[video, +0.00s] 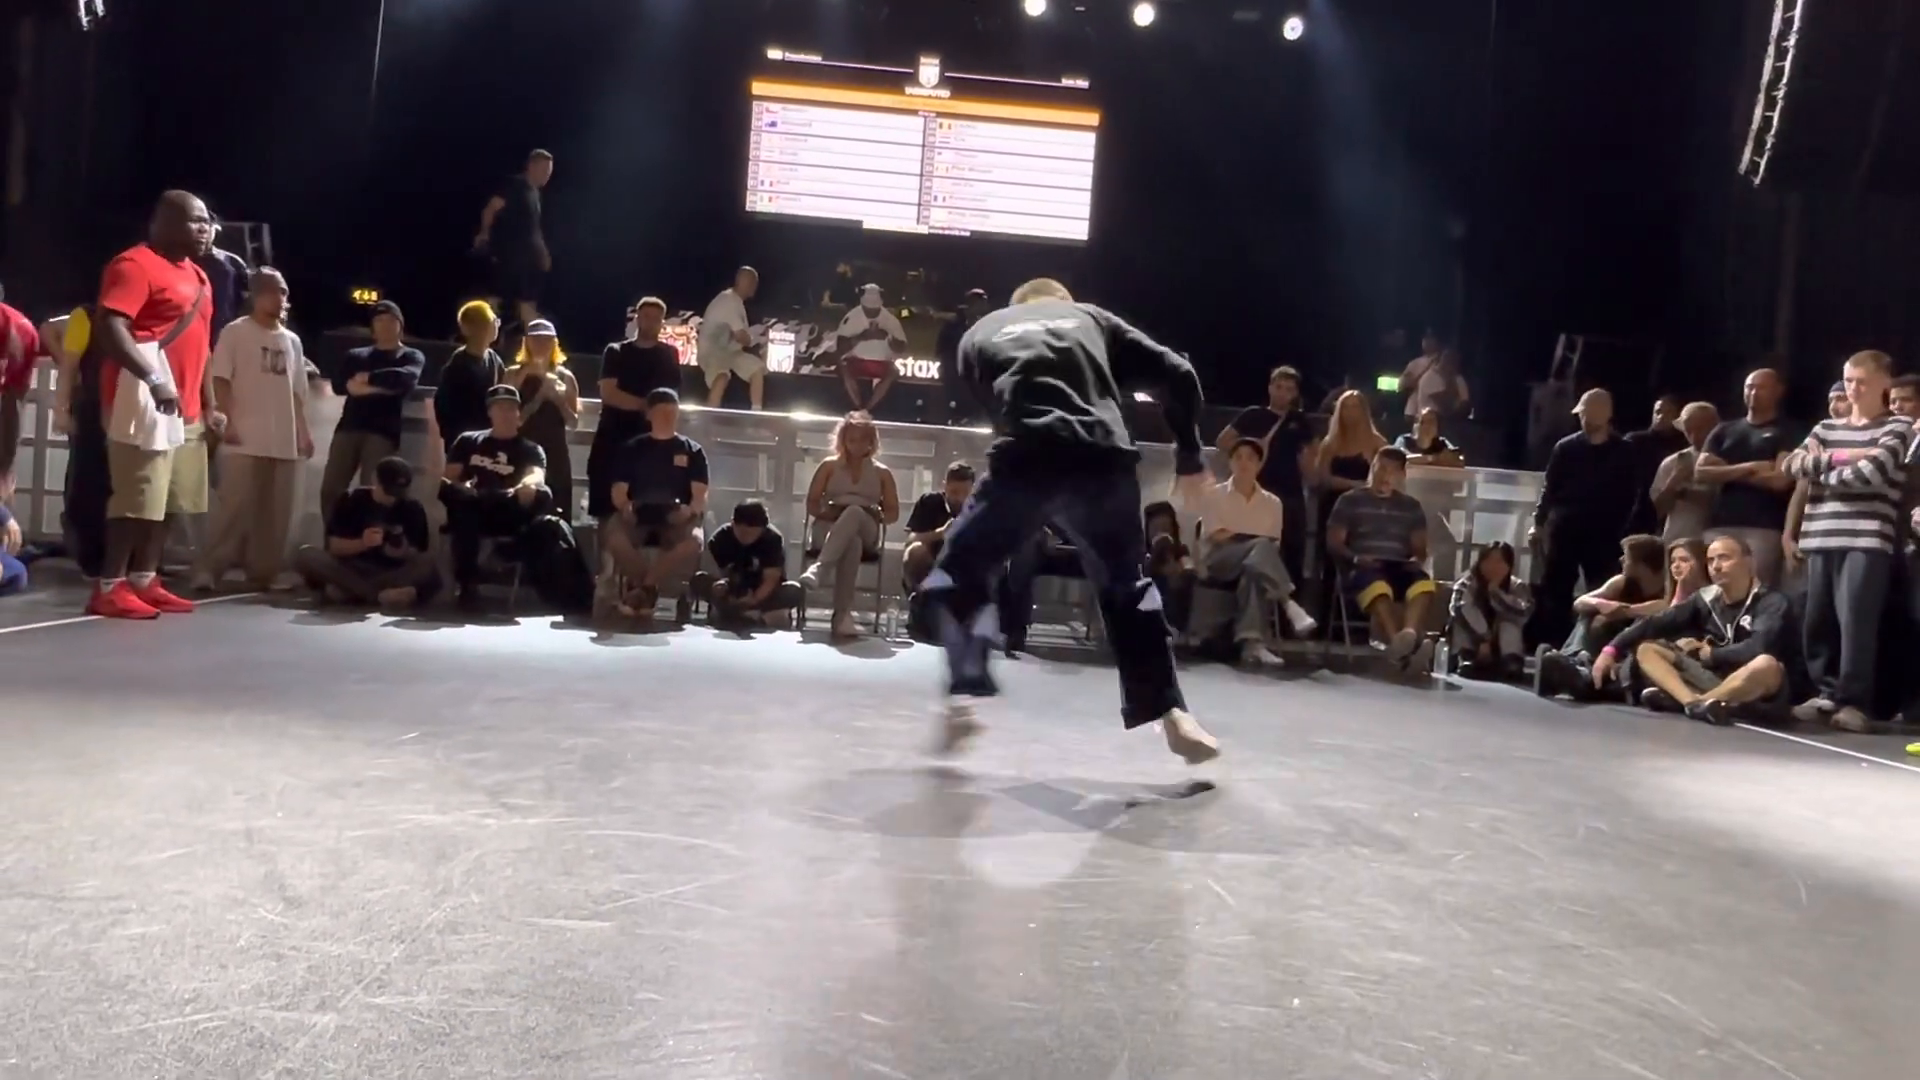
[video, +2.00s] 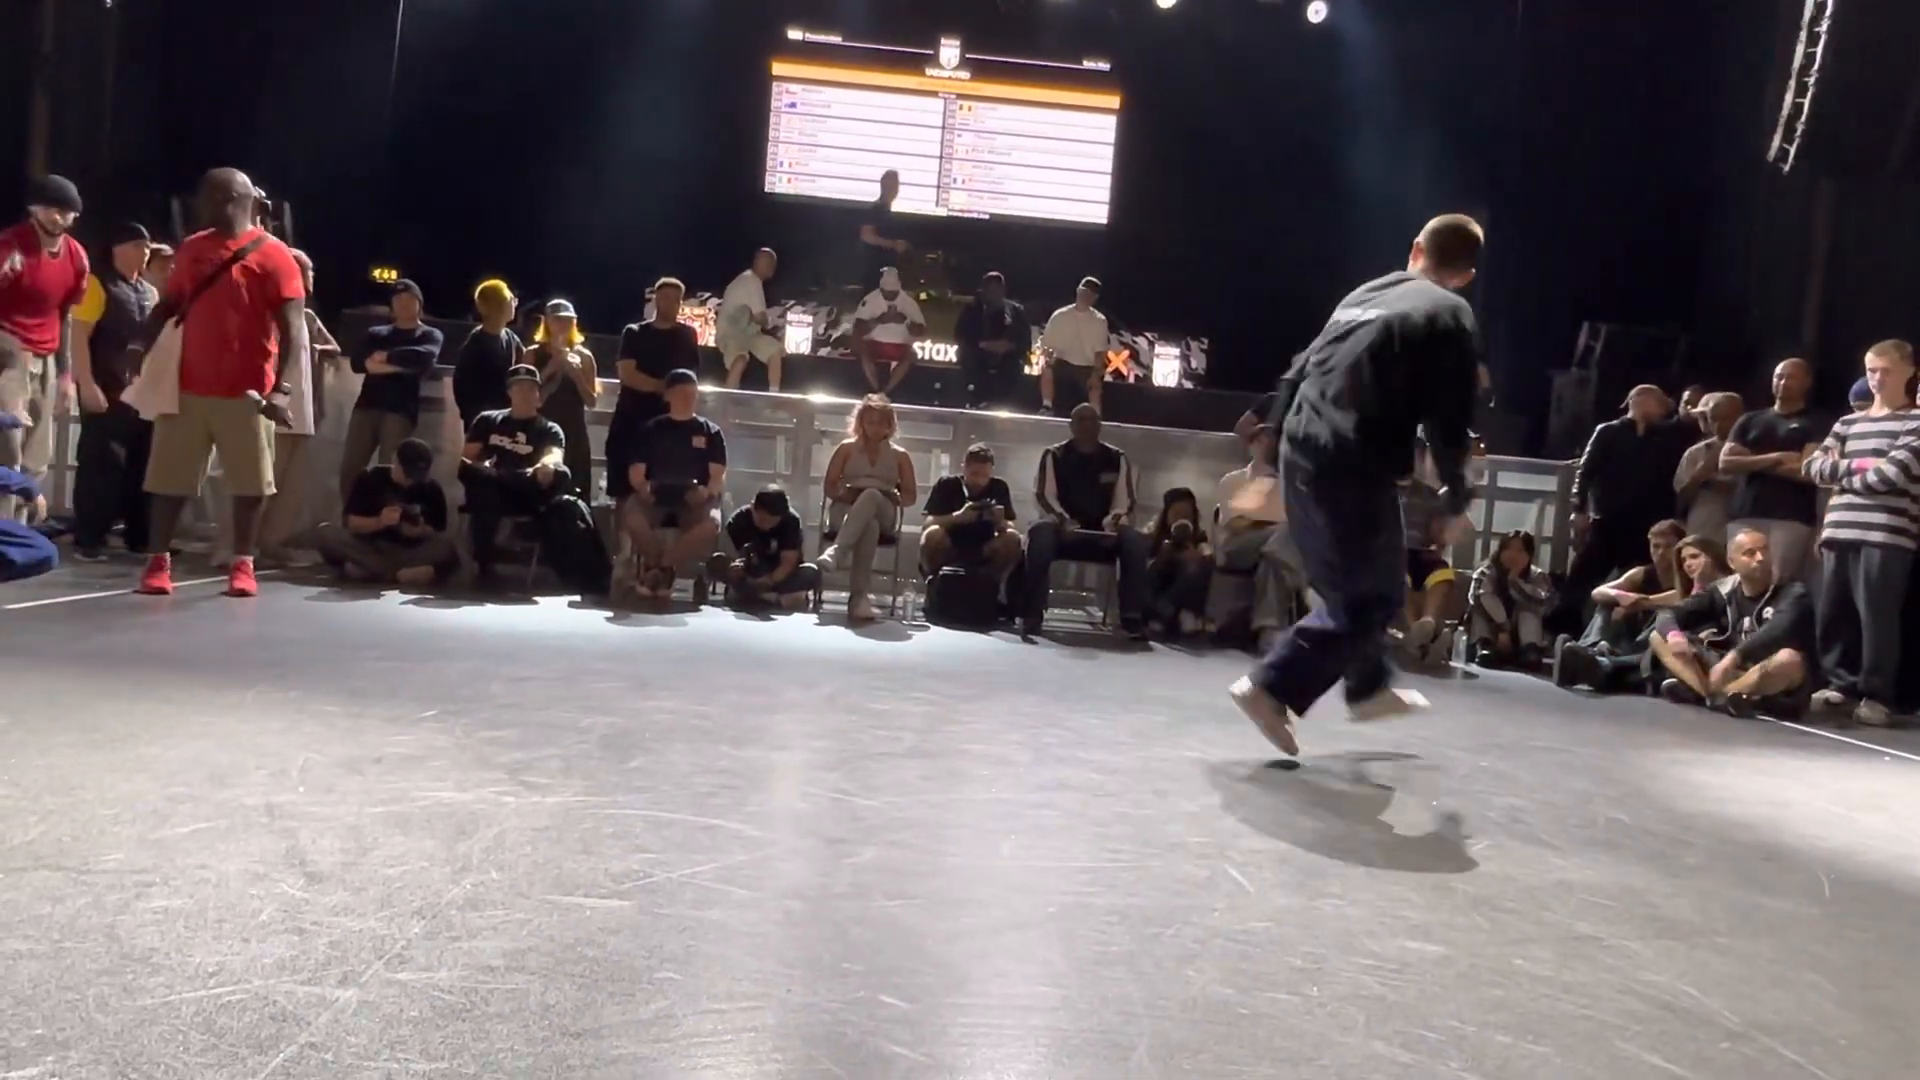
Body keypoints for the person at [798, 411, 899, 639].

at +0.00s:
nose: (857, 445)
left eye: (863, 440)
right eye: (852, 440)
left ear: (872, 442)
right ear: (842, 441)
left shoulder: (882, 473)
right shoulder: (829, 467)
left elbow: (892, 514)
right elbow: (812, 505)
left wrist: (870, 513)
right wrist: (834, 515)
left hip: (867, 535)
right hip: (827, 530)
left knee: (853, 512)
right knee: (852, 541)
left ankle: (818, 568)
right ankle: (842, 616)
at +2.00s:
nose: (875, 428)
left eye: (881, 423)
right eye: (870, 422)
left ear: (890, 425)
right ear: (860, 423)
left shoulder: (899, 456)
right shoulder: (847, 449)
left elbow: (909, 498)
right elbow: (830, 488)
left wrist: (885, 494)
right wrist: (854, 497)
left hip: (884, 518)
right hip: (844, 512)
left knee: (870, 495)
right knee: (869, 524)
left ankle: (836, 550)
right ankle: (859, 597)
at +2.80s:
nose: (878, 426)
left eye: (883, 422)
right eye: (872, 421)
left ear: (889, 425)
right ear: (860, 423)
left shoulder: (898, 457)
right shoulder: (845, 450)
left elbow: (908, 498)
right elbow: (828, 489)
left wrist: (885, 497)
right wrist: (853, 498)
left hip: (883, 517)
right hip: (843, 512)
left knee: (869, 496)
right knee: (868, 524)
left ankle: (834, 551)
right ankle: (857, 598)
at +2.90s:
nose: (877, 427)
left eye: (882, 422)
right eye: (871, 421)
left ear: (889, 426)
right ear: (859, 423)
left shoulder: (898, 457)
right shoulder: (845, 450)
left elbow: (908, 498)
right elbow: (828, 489)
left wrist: (885, 497)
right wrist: (853, 499)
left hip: (883, 517)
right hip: (843, 512)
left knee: (869, 496)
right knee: (867, 524)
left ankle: (834, 551)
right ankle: (857, 599)